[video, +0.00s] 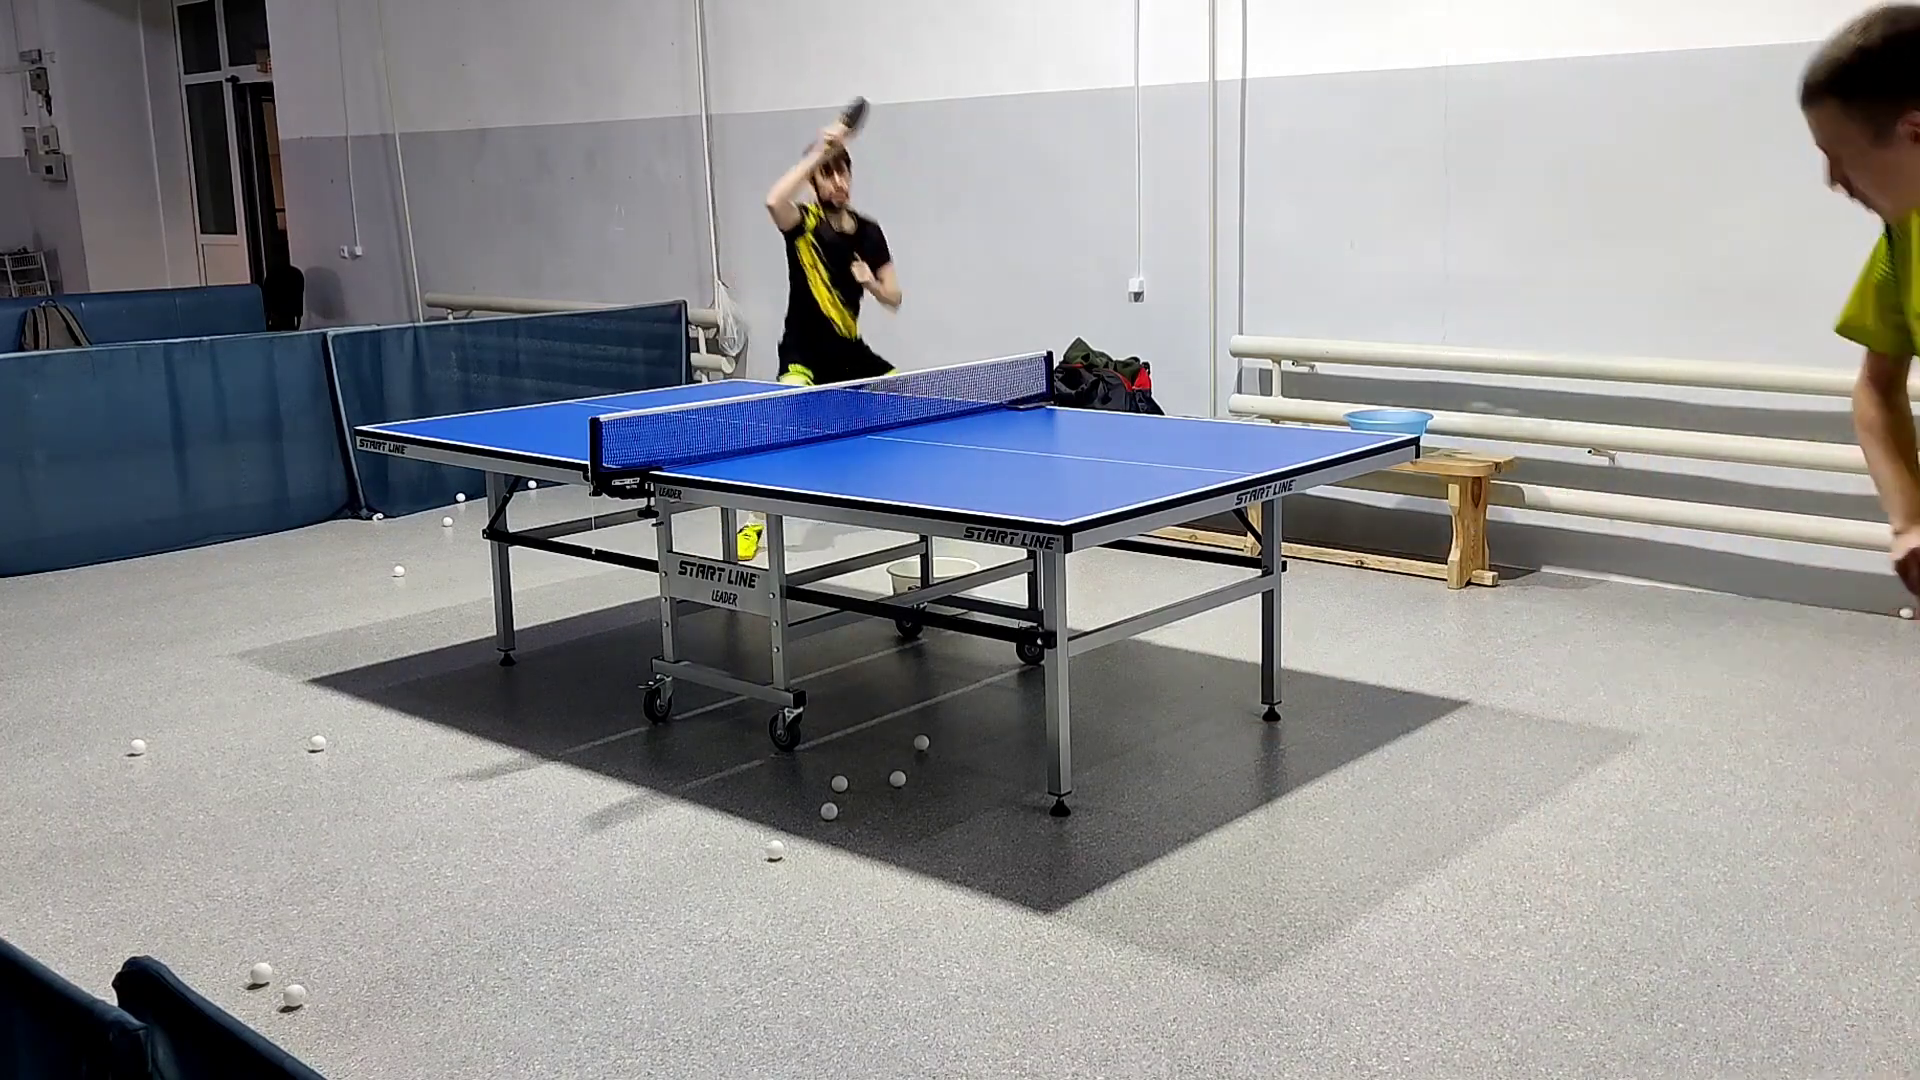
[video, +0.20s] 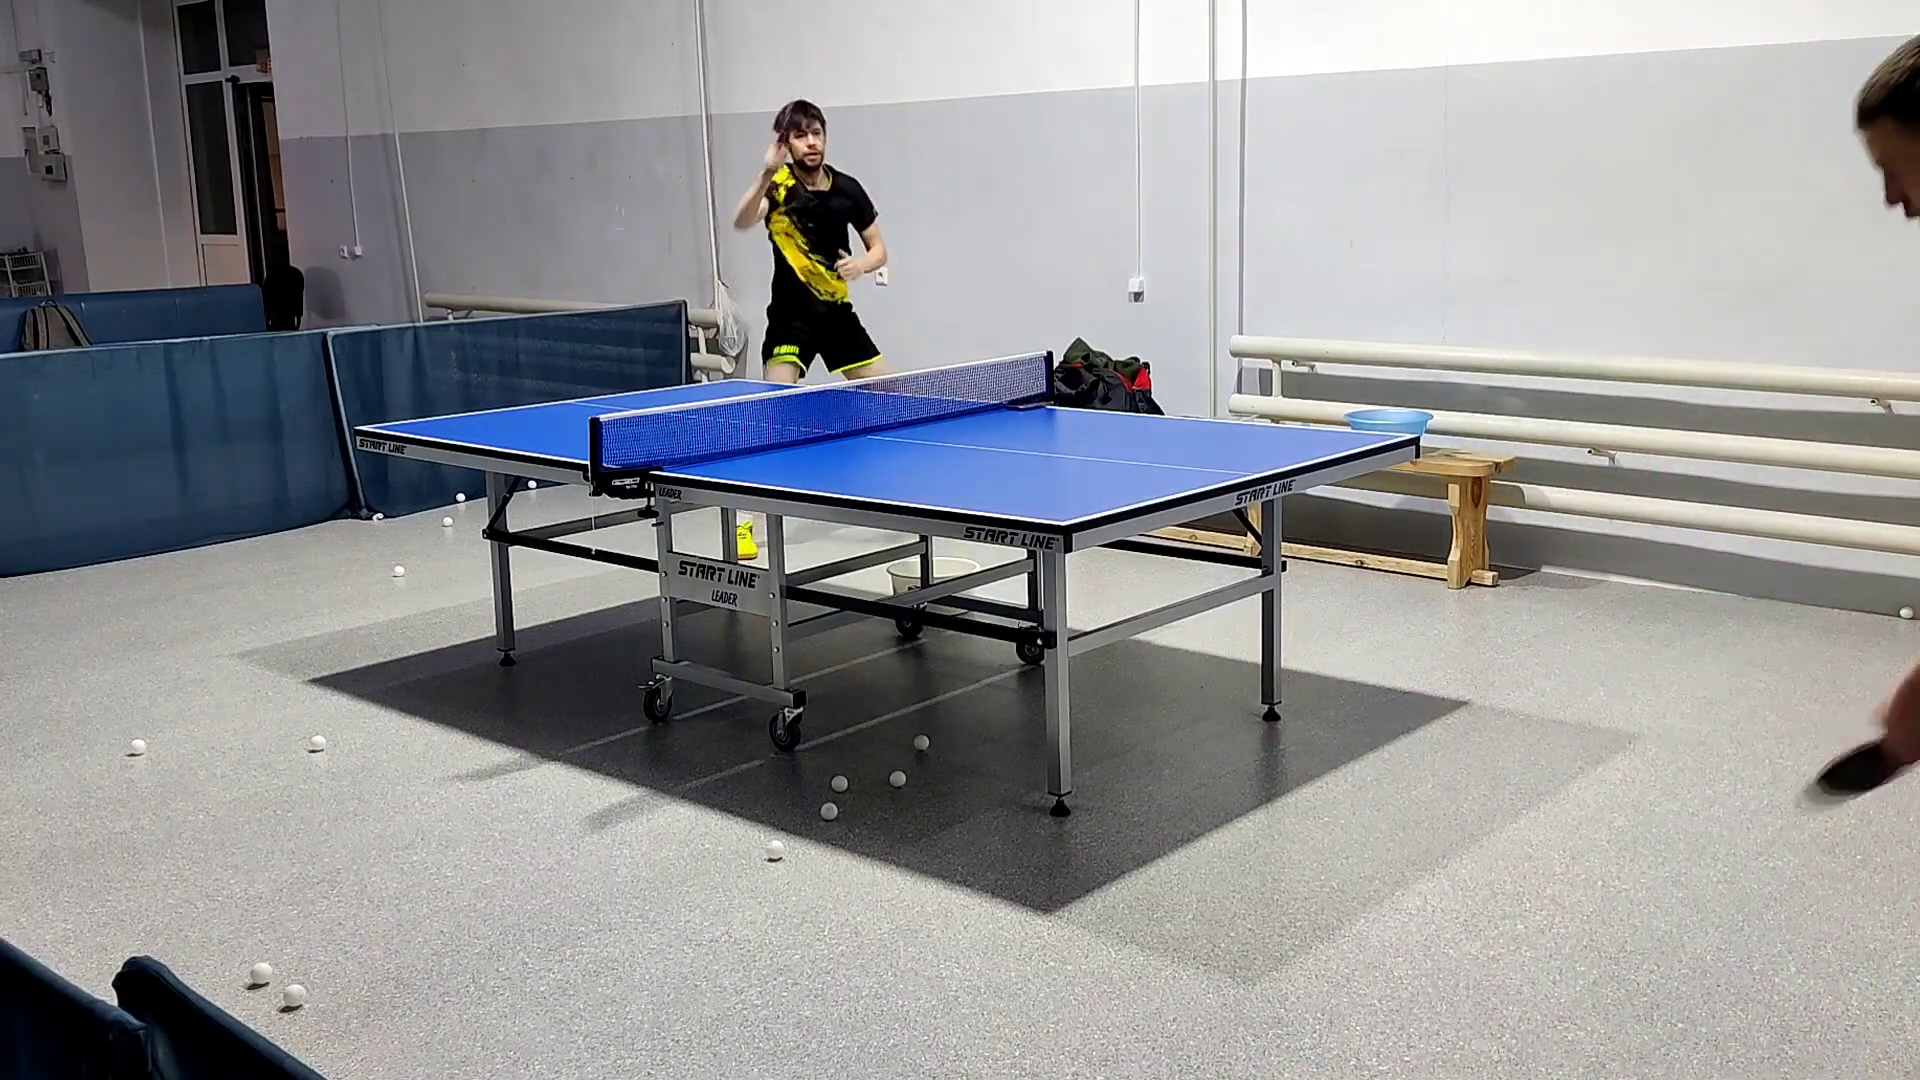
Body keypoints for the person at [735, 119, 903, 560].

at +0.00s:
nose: (837, 182)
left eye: (842, 172)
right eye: (827, 174)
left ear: (851, 176)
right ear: (814, 182)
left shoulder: (867, 231)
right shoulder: (802, 223)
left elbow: (894, 300)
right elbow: (775, 201)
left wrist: (872, 283)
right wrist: (818, 152)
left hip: (851, 352)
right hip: (804, 351)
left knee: (916, 400)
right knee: (787, 415)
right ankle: (760, 525)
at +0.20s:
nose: (810, 142)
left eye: (816, 133)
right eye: (799, 135)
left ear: (826, 137)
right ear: (785, 143)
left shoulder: (847, 189)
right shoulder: (776, 184)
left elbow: (879, 252)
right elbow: (742, 223)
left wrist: (859, 264)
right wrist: (767, 173)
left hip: (837, 314)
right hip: (790, 313)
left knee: (892, 399)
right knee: (774, 409)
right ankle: (751, 521)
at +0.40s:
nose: (792, 155)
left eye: (798, 145)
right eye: (782, 148)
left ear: (810, 148)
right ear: (770, 157)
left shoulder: (838, 200)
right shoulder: (763, 206)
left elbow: (878, 262)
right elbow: (735, 277)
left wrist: (849, 286)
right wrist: (750, 241)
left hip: (833, 329)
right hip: (782, 329)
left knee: (882, 408)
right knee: (762, 414)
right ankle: (745, 521)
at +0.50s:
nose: (779, 161)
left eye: (784, 150)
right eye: (769, 155)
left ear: (797, 152)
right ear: (758, 163)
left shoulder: (830, 200)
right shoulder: (755, 215)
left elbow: (867, 261)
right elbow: (738, 286)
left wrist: (817, 272)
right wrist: (735, 283)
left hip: (838, 328)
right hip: (783, 329)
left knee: (882, 414)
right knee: (755, 413)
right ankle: (741, 521)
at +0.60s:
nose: (758, 175)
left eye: (764, 164)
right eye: (748, 169)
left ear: (778, 165)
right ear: (741, 178)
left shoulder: (811, 207)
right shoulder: (745, 229)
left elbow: (833, 260)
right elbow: (732, 283)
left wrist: (763, 263)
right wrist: (727, 318)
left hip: (839, 327)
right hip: (787, 329)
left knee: (882, 412)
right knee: (753, 411)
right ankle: (727, 517)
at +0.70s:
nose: (730, 201)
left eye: (737, 190)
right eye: (722, 196)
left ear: (756, 189)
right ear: (718, 203)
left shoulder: (789, 226)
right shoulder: (731, 250)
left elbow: (784, 273)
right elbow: (717, 322)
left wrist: (715, 271)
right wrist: (709, 386)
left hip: (836, 342)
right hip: (786, 345)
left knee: (884, 421)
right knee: (741, 425)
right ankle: (712, 523)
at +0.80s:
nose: (699, 237)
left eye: (705, 226)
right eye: (692, 231)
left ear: (727, 223)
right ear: (690, 236)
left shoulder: (760, 253)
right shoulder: (713, 282)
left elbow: (733, 303)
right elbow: (705, 359)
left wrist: (670, 299)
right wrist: (695, 413)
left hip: (830, 358)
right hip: (782, 362)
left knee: (869, 446)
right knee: (717, 420)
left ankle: (906, 558)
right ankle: (710, 526)